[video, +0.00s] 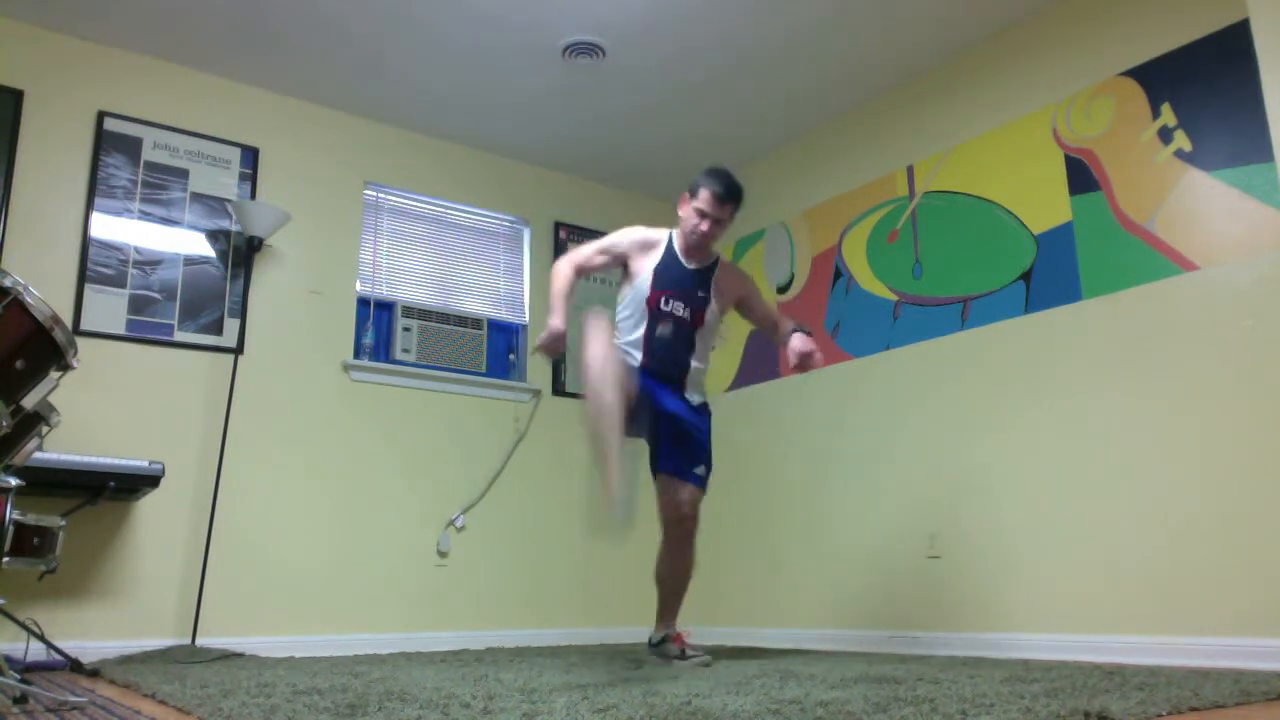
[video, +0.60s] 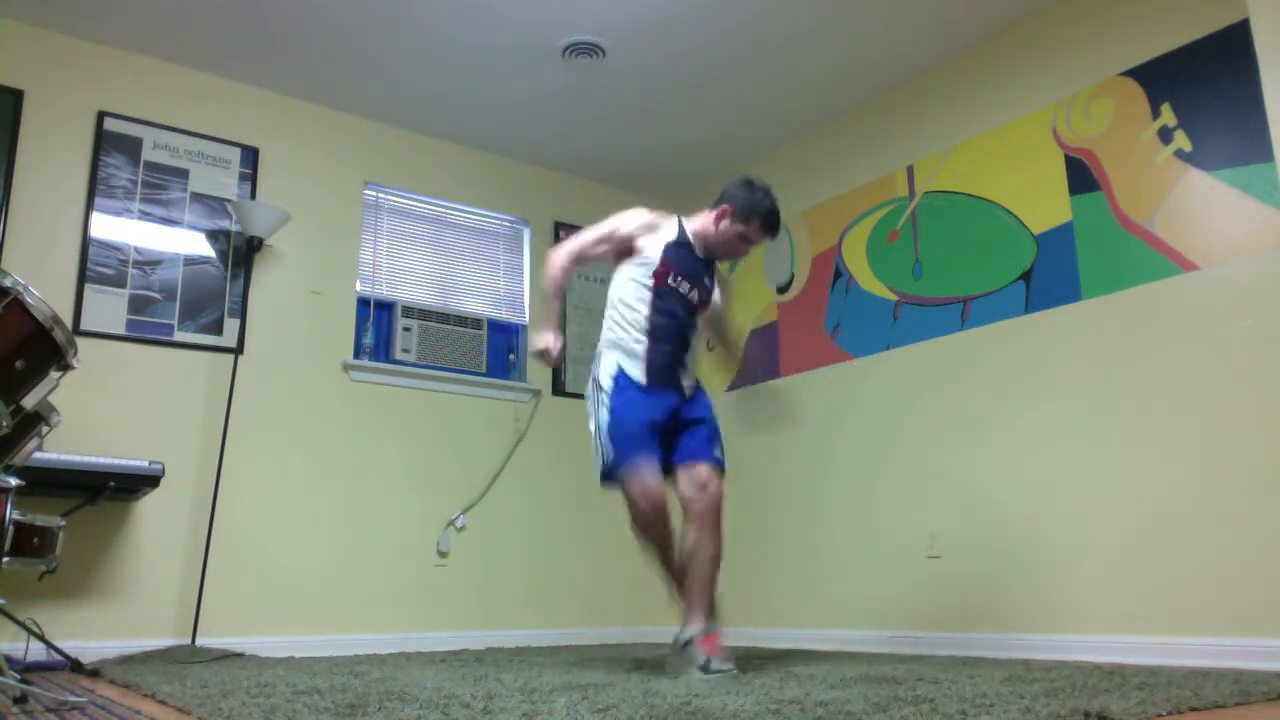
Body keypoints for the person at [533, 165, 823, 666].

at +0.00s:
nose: (705, 228)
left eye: (717, 222)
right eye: (700, 214)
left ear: (728, 226)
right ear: (682, 204)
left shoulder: (732, 281)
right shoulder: (640, 243)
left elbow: (779, 330)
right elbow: (567, 264)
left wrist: (795, 340)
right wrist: (555, 322)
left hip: (684, 403)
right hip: (629, 388)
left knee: (683, 514)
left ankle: (664, 633)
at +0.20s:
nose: (691, 226)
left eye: (700, 218)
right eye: (685, 213)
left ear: (709, 215)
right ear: (663, 196)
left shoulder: (707, 263)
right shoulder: (620, 232)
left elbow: (754, 310)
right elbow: (545, 249)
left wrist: (786, 311)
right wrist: (567, 289)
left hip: (683, 402)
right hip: (626, 405)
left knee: (757, 471)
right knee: (620, 525)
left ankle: (704, 579)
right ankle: (616, 636)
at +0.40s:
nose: (721, 225)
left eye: (730, 218)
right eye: (717, 212)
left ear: (737, 215)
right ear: (695, 191)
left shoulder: (724, 252)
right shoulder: (644, 216)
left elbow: (769, 294)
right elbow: (574, 228)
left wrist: (813, 331)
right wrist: (617, 288)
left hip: (675, 382)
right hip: (616, 379)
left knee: (739, 446)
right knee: (630, 471)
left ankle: (722, 583)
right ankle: (639, 575)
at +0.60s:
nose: (744, 253)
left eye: (751, 246)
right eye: (744, 240)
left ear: (730, 226)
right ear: (721, 215)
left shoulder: (714, 282)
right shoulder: (648, 224)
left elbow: (724, 346)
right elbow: (561, 255)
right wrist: (550, 327)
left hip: (680, 390)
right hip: (625, 383)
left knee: (706, 488)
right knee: (646, 498)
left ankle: (699, 629)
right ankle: (685, 591)